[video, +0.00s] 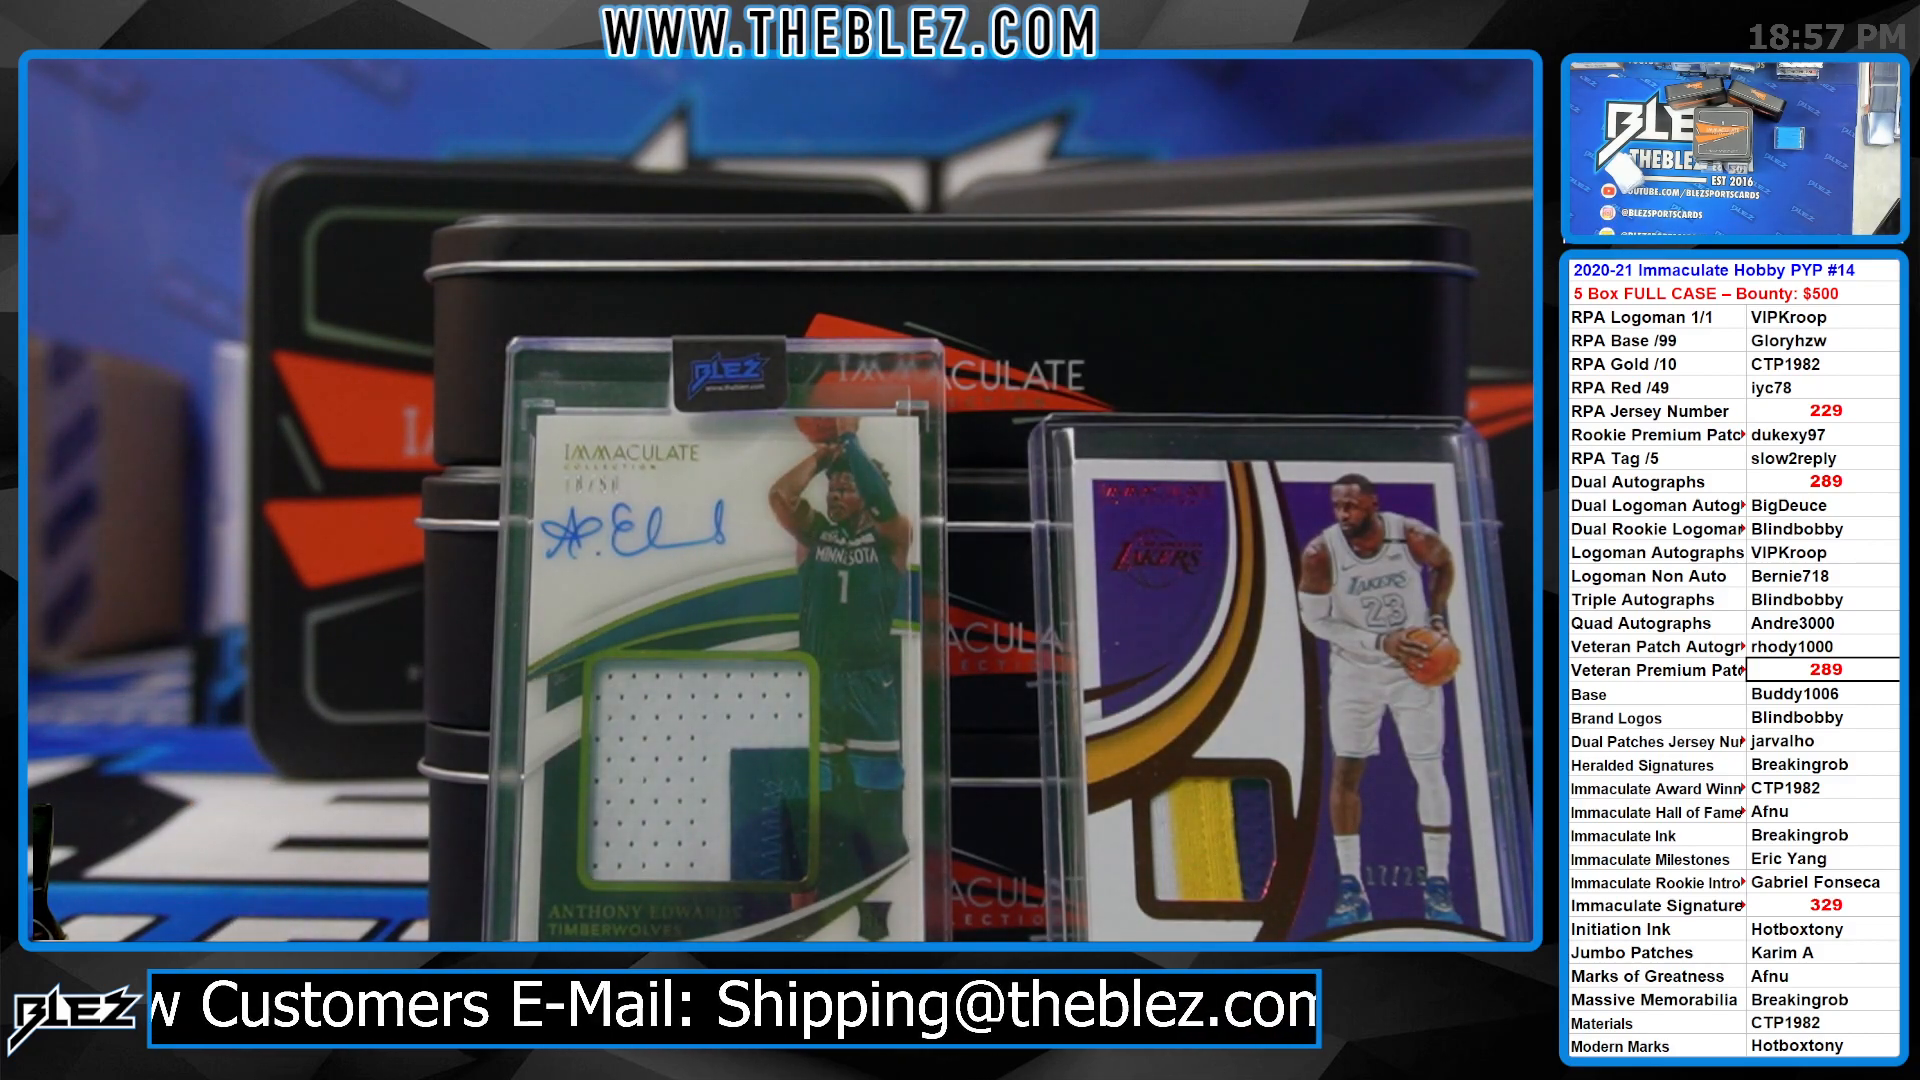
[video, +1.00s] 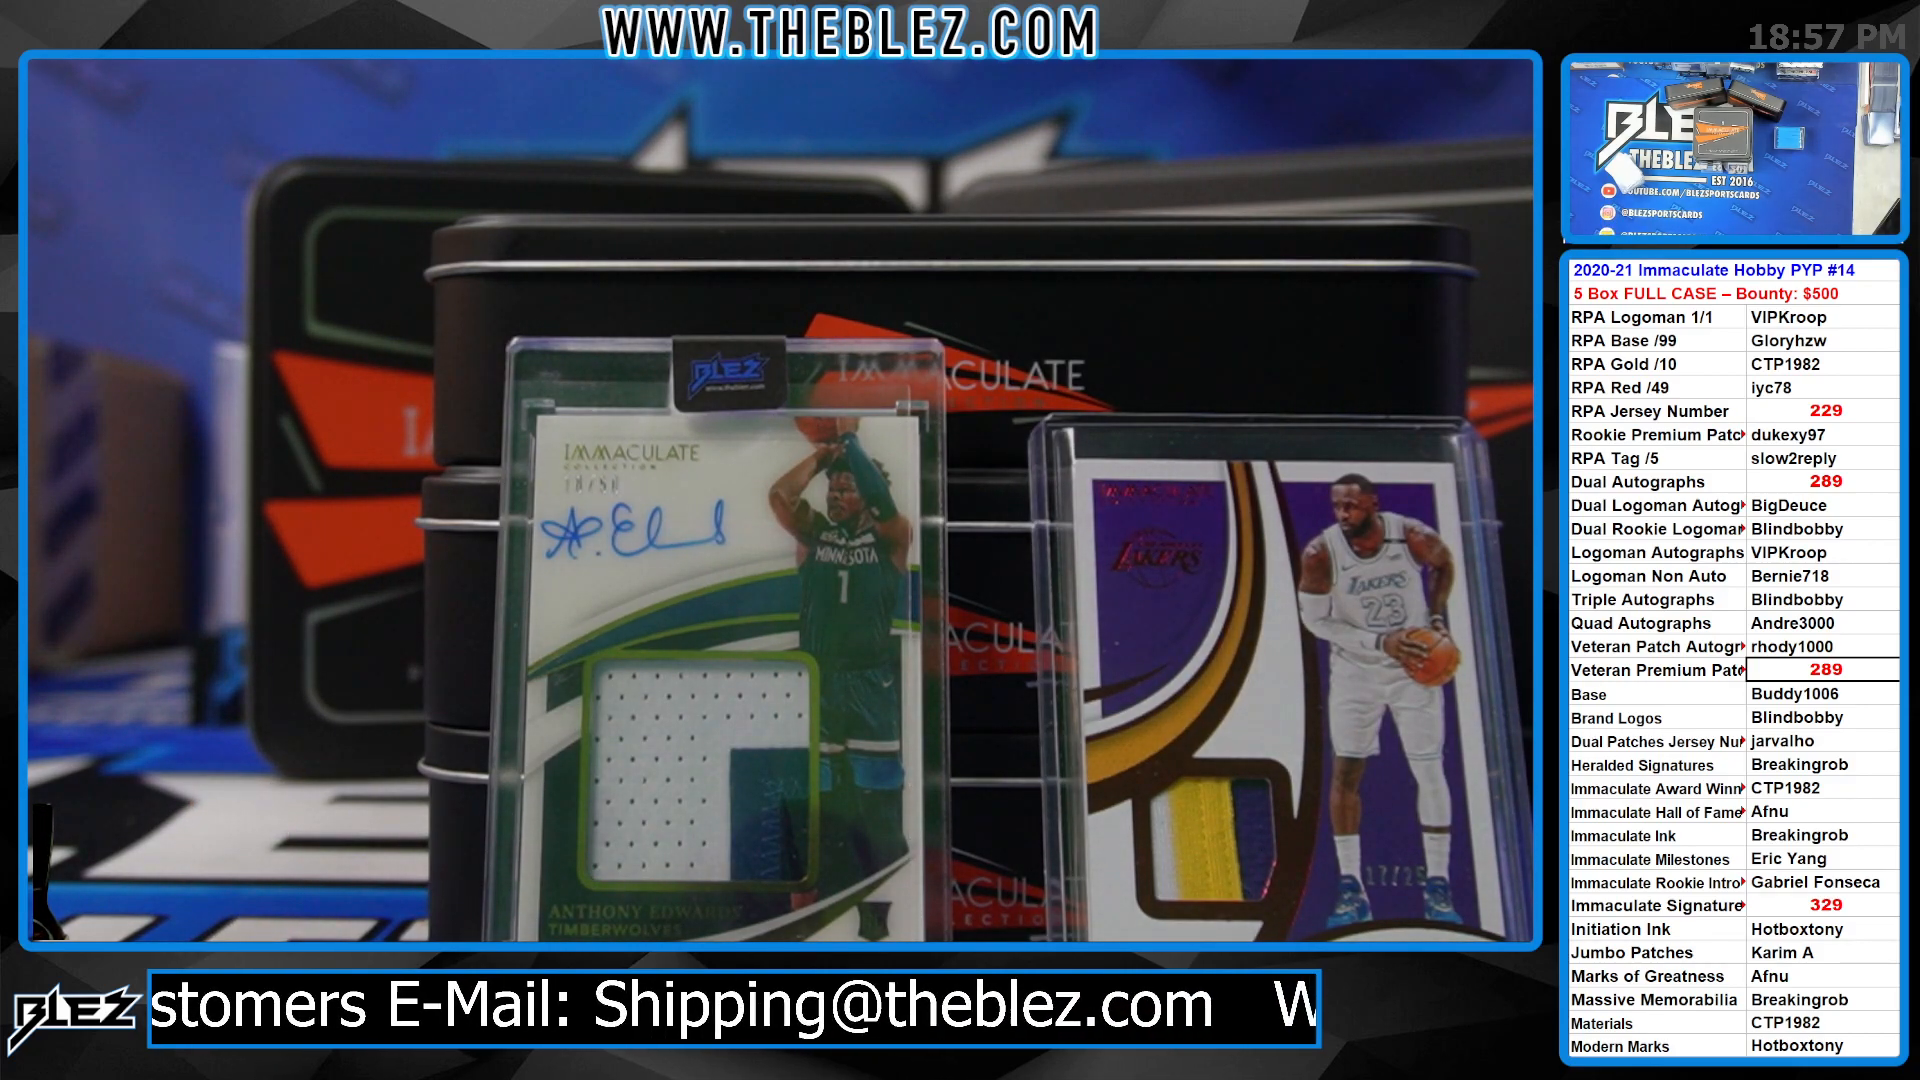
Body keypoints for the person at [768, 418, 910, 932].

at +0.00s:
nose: (840, 493)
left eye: (850, 487)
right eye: (835, 486)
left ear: (868, 493)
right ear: (827, 493)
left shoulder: (890, 539)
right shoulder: (815, 533)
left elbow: (882, 499)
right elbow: (780, 495)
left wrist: (851, 445)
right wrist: (818, 459)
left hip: (871, 678)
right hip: (818, 677)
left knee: (877, 797)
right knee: (824, 792)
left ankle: (878, 903)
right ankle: (824, 890)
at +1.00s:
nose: (841, 495)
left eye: (850, 488)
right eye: (835, 487)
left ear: (869, 494)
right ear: (827, 494)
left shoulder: (891, 539)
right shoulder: (815, 533)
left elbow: (882, 499)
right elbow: (780, 495)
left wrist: (850, 444)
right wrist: (819, 458)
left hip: (873, 679)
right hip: (818, 678)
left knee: (878, 798)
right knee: (822, 796)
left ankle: (877, 903)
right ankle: (819, 897)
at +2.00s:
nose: (840, 494)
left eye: (850, 487)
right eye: (834, 486)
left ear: (868, 494)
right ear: (826, 493)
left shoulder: (890, 539)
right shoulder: (815, 533)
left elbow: (883, 501)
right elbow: (780, 496)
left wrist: (851, 446)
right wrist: (818, 459)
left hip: (872, 679)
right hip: (818, 678)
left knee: (879, 799)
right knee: (826, 796)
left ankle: (878, 903)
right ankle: (829, 897)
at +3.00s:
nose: (841, 494)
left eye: (850, 487)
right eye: (835, 486)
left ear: (869, 494)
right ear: (827, 493)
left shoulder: (890, 539)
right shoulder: (815, 533)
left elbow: (883, 500)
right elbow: (780, 495)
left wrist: (850, 445)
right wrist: (819, 458)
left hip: (872, 678)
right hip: (817, 677)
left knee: (877, 799)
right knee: (824, 795)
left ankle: (878, 903)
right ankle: (824, 894)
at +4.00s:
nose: (835, 495)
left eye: (845, 488)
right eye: (829, 487)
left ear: (863, 495)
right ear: (821, 493)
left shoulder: (884, 539)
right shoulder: (809, 533)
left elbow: (880, 505)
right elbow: (776, 496)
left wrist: (846, 449)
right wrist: (813, 460)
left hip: (866, 675)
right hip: (813, 673)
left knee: (870, 789)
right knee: (818, 787)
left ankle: (872, 894)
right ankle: (823, 887)